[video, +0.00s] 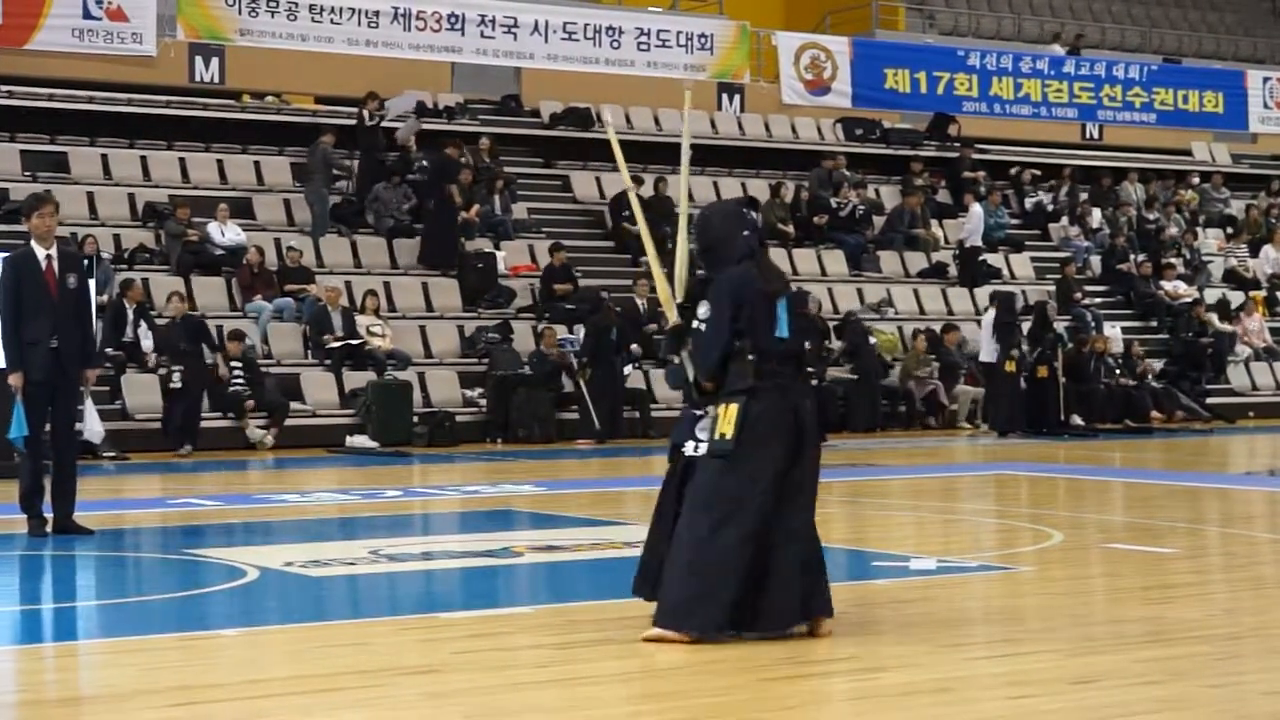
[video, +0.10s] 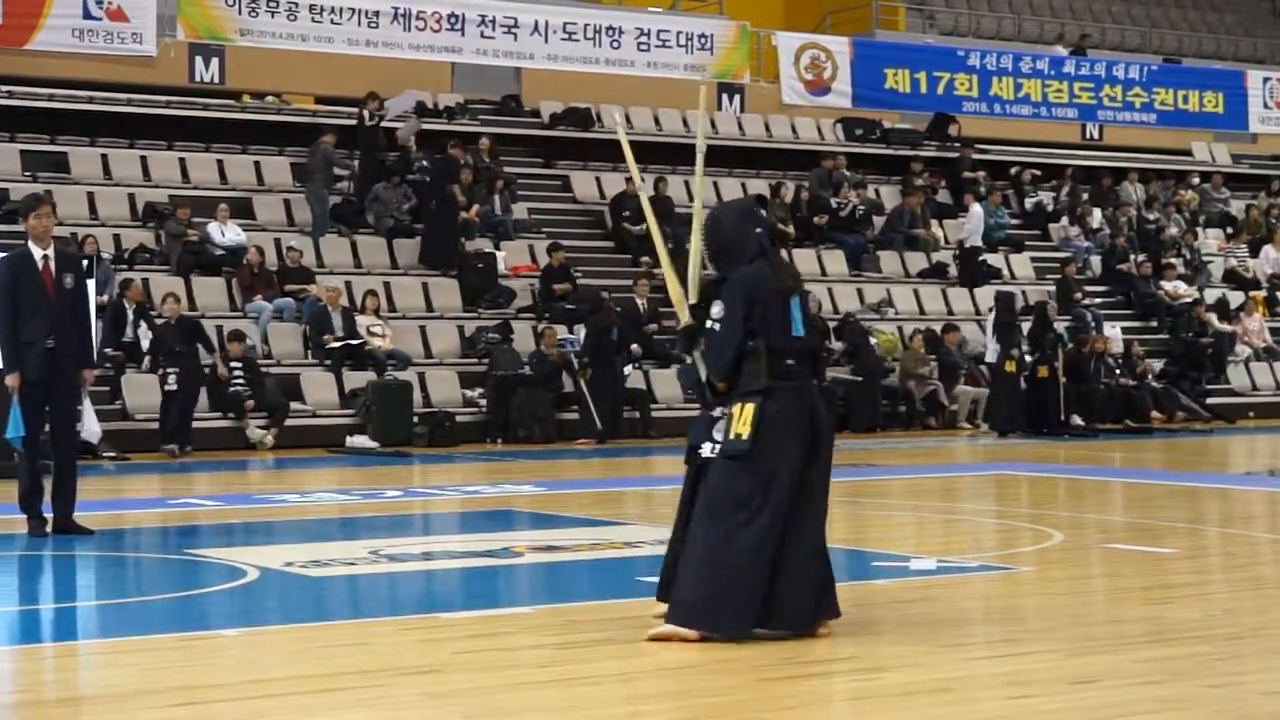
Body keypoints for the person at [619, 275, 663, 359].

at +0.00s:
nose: (644, 288)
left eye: (646, 286)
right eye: (641, 286)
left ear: (649, 287)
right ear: (634, 288)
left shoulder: (654, 303)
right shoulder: (627, 304)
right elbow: (626, 326)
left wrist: (656, 326)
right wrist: (632, 343)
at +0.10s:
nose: (644, 288)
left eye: (646, 286)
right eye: (641, 286)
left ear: (649, 288)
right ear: (634, 288)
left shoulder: (652, 304)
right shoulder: (627, 305)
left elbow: (659, 323)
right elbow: (626, 327)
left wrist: (656, 327)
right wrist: (632, 343)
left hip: (649, 344)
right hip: (633, 343)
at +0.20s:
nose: (645, 288)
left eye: (647, 285)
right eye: (642, 285)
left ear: (649, 288)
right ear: (635, 288)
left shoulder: (653, 304)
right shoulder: (627, 305)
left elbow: (659, 322)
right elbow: (626, 327)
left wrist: (656, 327)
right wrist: (632, 343)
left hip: (649, 344)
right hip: (633, 343)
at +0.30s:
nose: (645, 289)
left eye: (647, 286)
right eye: (642, 286)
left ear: (650, 288)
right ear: (635, 288)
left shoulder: (653, 305)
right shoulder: (627, 305)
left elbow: (660, 325)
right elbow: (625, 328)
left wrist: (656, 327)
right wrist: (632, 344)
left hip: (649, 345)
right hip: (633, 344)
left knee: (667, 355)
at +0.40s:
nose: (645, 289)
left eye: (647, 286)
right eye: (642, 286)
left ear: (650, 288)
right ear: (635, 288)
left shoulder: (653, 305)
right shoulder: (628, 305)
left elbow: (660, 324)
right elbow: (626, 328)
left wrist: (656, 327)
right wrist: (632, 344)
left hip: (649, 344)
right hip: (633, 344)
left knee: (667, 355)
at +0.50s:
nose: (646, 289)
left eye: (647, 286)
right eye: (642, 286)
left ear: (650, 288)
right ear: (635, 288)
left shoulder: (652, 305)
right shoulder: (628, 305)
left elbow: (660, 324)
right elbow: (626, 328)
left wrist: (656, 327)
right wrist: (632, 344)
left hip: (649, 345)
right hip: (633, 344)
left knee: (667, 355)